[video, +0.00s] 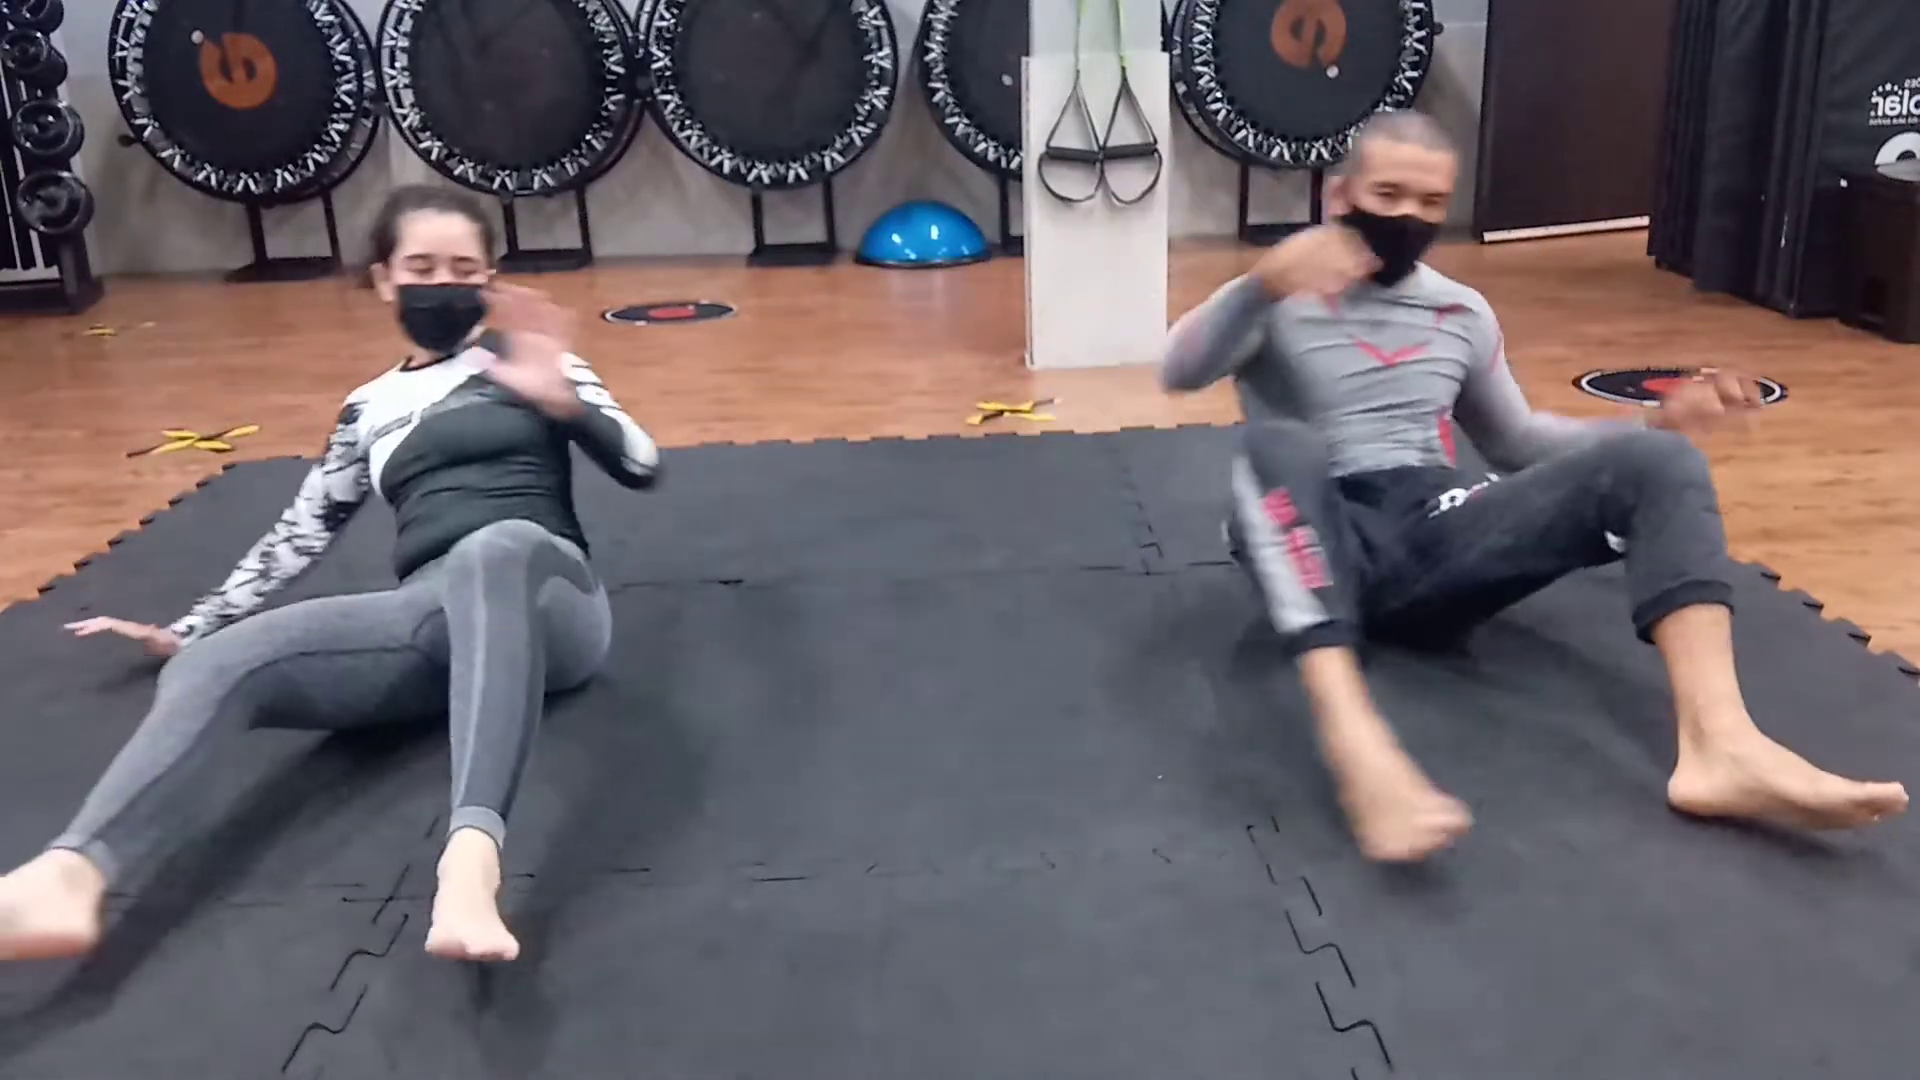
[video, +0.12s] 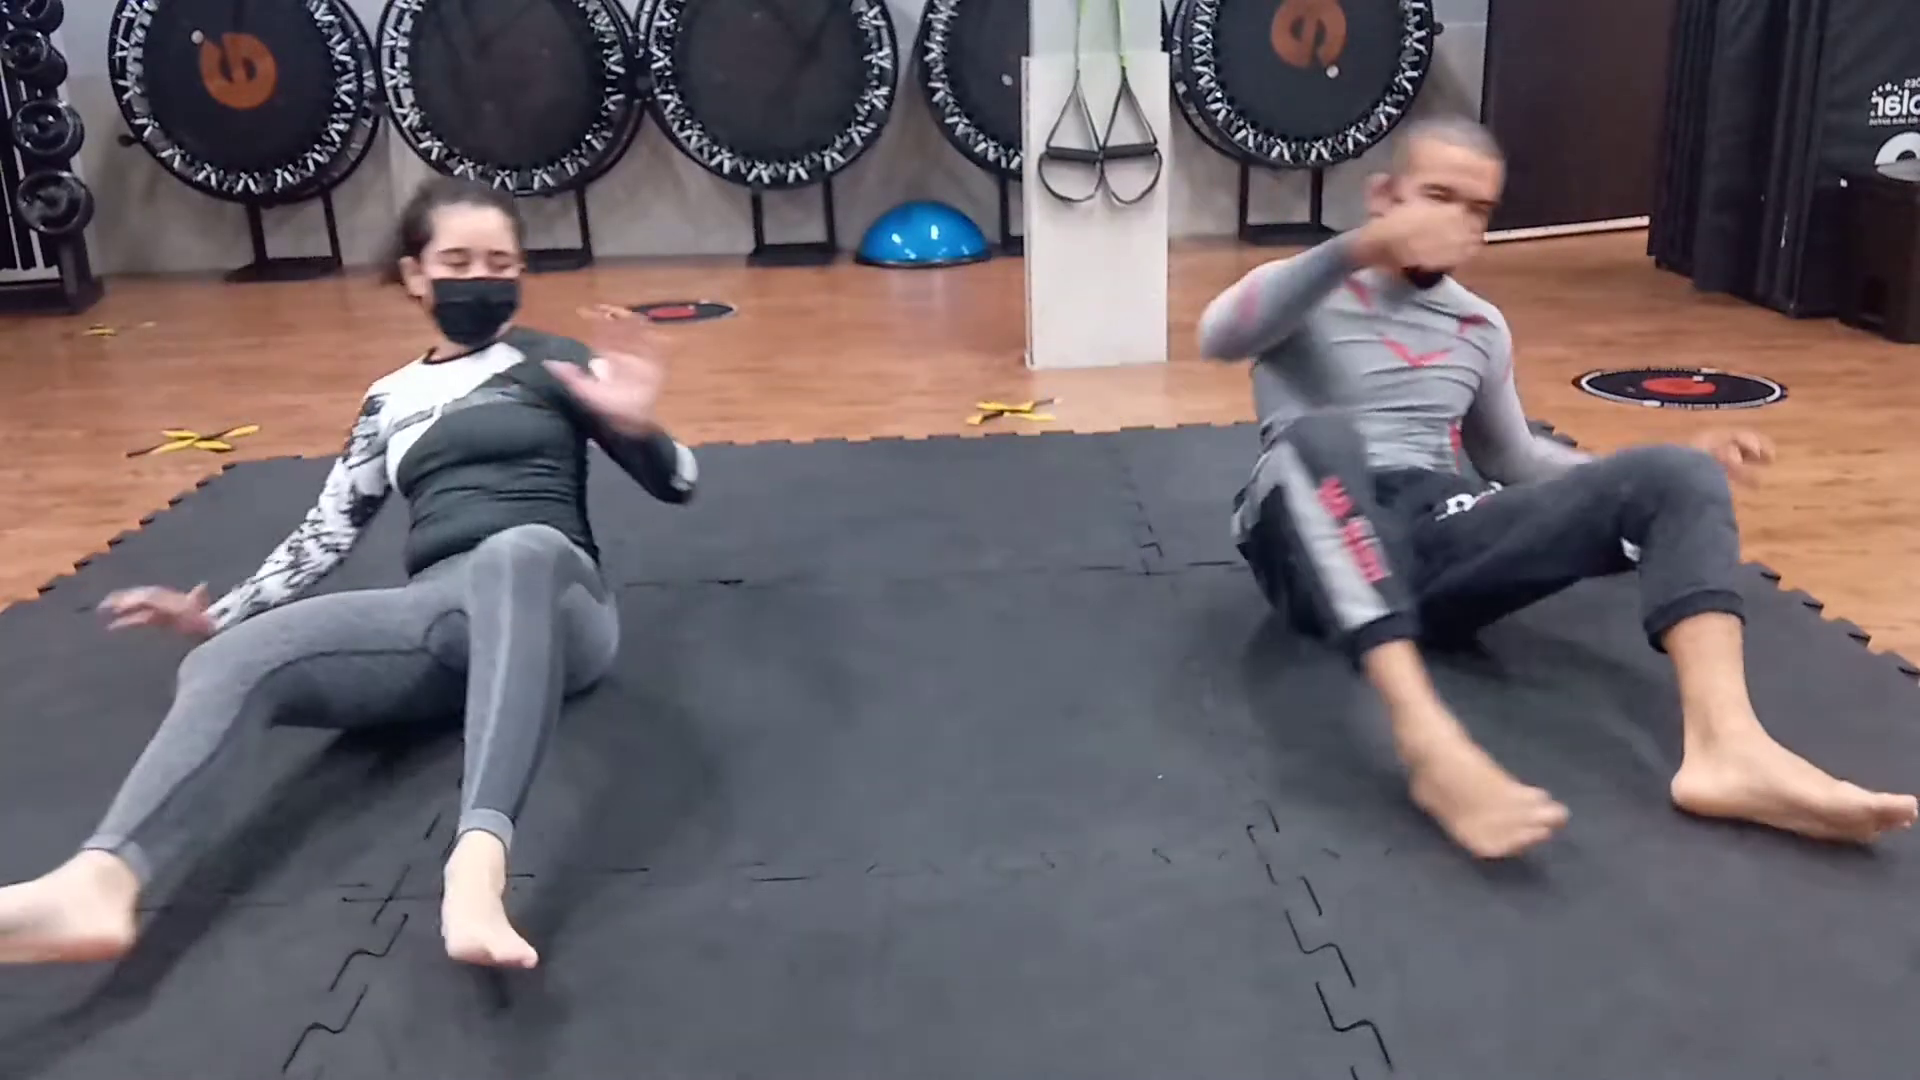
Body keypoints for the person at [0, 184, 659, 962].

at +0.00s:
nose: (443, 281)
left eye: (462, 266)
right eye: (422, 265)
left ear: (491, 277)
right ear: (385, 279)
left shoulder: (541, 365)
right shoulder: (373, 407)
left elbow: (643, 465)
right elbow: (298, 535)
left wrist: (570, 404)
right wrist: (187, 631)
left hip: (549, 601)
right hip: (426, 611)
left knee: (495, 547)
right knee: (219, 653)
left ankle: (473, 852)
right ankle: (72, 874)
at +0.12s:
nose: (479, 277)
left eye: (498, 262)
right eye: (455, 262)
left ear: (523, 273)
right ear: (414, 277)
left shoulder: (565, 367)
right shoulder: (393, 398)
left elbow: (678, 485)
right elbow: (322, 535)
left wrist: (642, 432)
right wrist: (219, 610)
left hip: (553, 599)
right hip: (434, 609)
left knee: (520, 550)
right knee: (231, 653)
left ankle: (481, 857)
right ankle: (104, 877)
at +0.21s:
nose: (509, 273)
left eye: (526, 258)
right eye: (486, 257)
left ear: (546, 270)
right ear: (437, 272)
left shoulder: (576, 362)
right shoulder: (403, 392)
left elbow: (686, 493)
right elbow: (333, 526)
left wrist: (684, 446)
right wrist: (249, 584)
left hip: (551, 595)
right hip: (433, 604)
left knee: (535, 555)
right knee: (245, 641)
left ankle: (485, 865)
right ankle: (130, 873)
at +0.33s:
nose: (554, 273)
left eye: (571, 259)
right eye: (531, 253)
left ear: (588, 273)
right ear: (477, 266)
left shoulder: (608, 370)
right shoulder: (422, 377)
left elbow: (706, 501)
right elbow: (353, 501)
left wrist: (744, 457)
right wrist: (313, 519)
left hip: (559, 592)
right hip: (442, 598)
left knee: (572, 563)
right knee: (272, 627)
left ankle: (492, 874)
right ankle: (189, 859)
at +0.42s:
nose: (589, 271)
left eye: (604, 260)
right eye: (567, 252)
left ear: (616, 281)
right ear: (507, 267)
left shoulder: (631, 377)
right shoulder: (437, 367)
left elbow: (712, 507)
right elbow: (361, 494)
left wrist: (776, 475)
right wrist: (346, 496)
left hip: (573, 594)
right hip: (453, 597)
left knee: (599, 578)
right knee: (305, 608)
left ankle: (496, 878)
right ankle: (248, 846)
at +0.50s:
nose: (626, 281)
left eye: (637, 268)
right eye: (607, 259)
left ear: (643, 283)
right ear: (537, 263)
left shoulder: (646, 381)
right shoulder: (455, 358)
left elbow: (710, 517)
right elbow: (358, 488)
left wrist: (801, 495)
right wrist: (402, 470)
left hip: (588, 587)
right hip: (470, 587)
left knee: (643, 588)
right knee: (349, 582)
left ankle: (503, 873)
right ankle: (314, 832)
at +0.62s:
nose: (672, 298)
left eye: (677, 280)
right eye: (656, 275)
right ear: (582, 269)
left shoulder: (661, 390)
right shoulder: (489, 350)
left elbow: (672, 530)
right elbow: (419, 448)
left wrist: (784, 537)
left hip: (615, 590)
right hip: (497, 576)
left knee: (693, 614)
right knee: (422, 540)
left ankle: (518, 869)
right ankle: (407, 801)